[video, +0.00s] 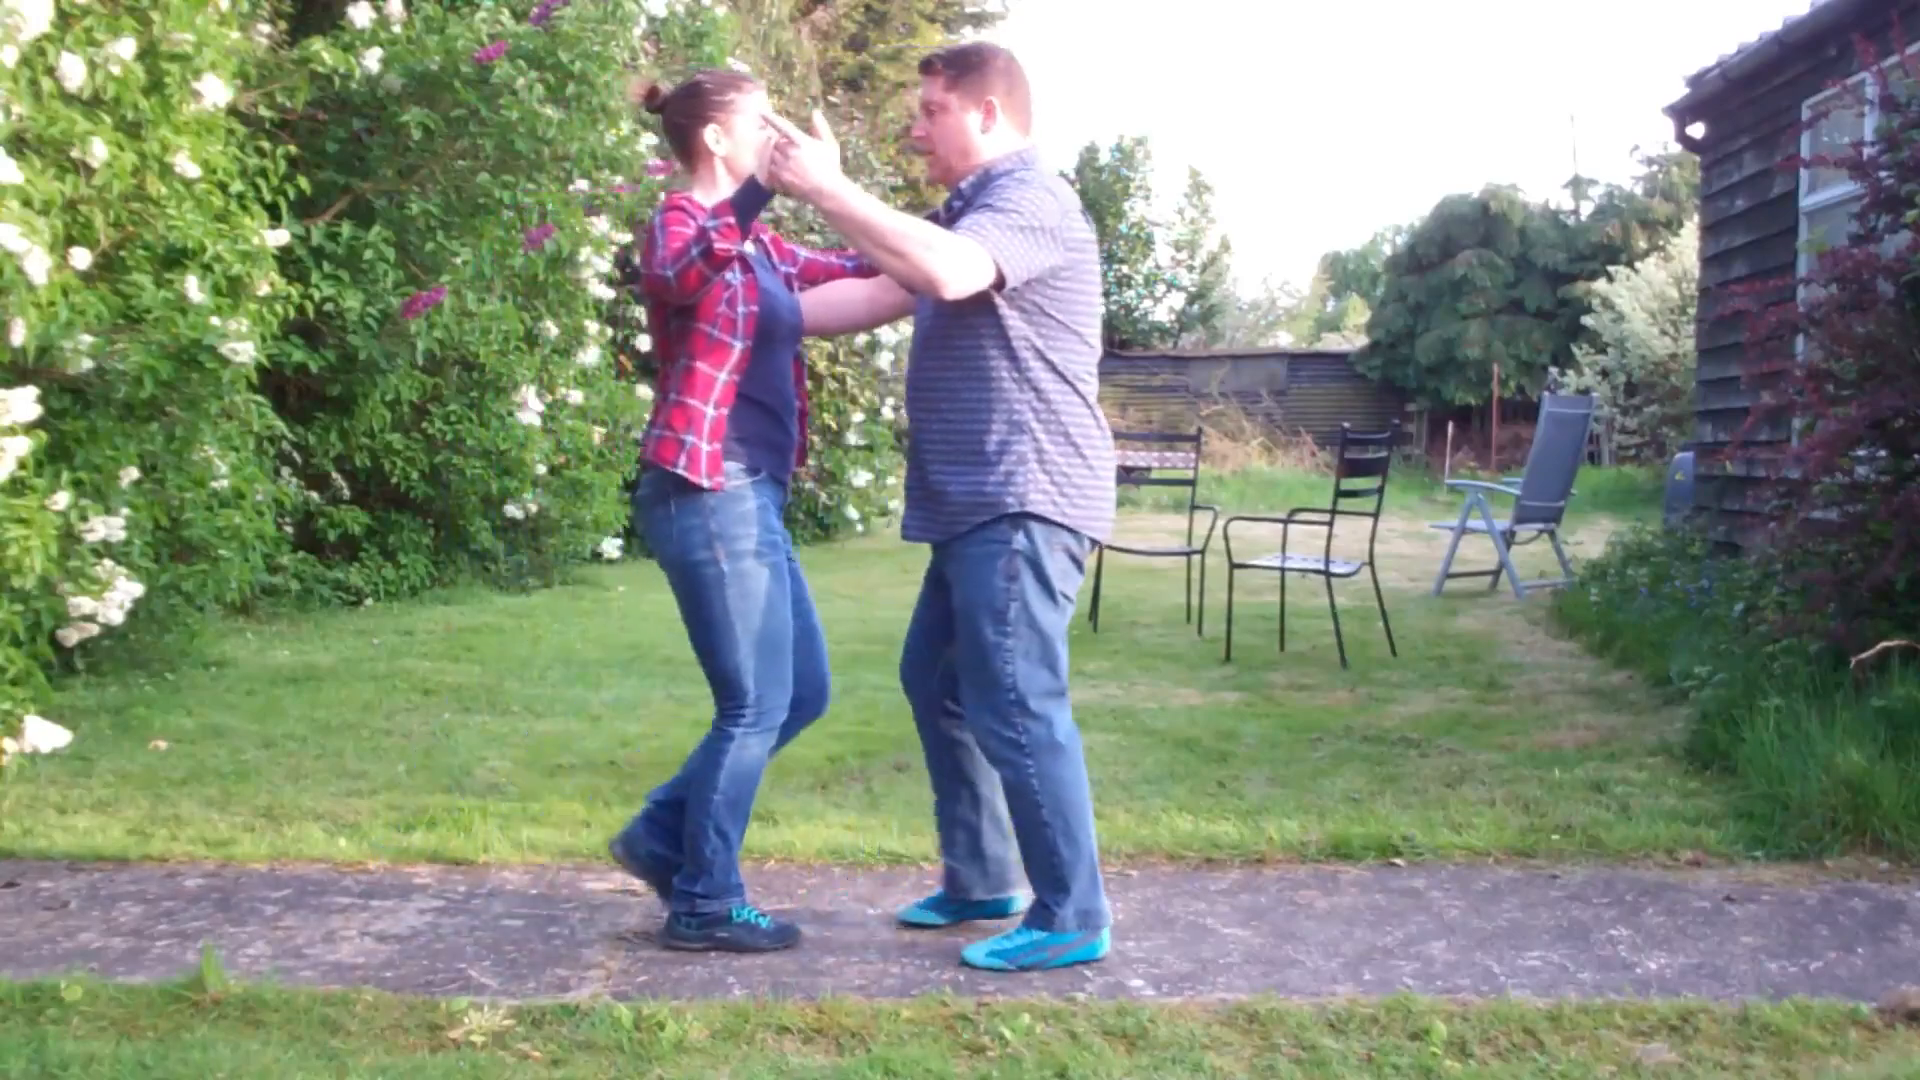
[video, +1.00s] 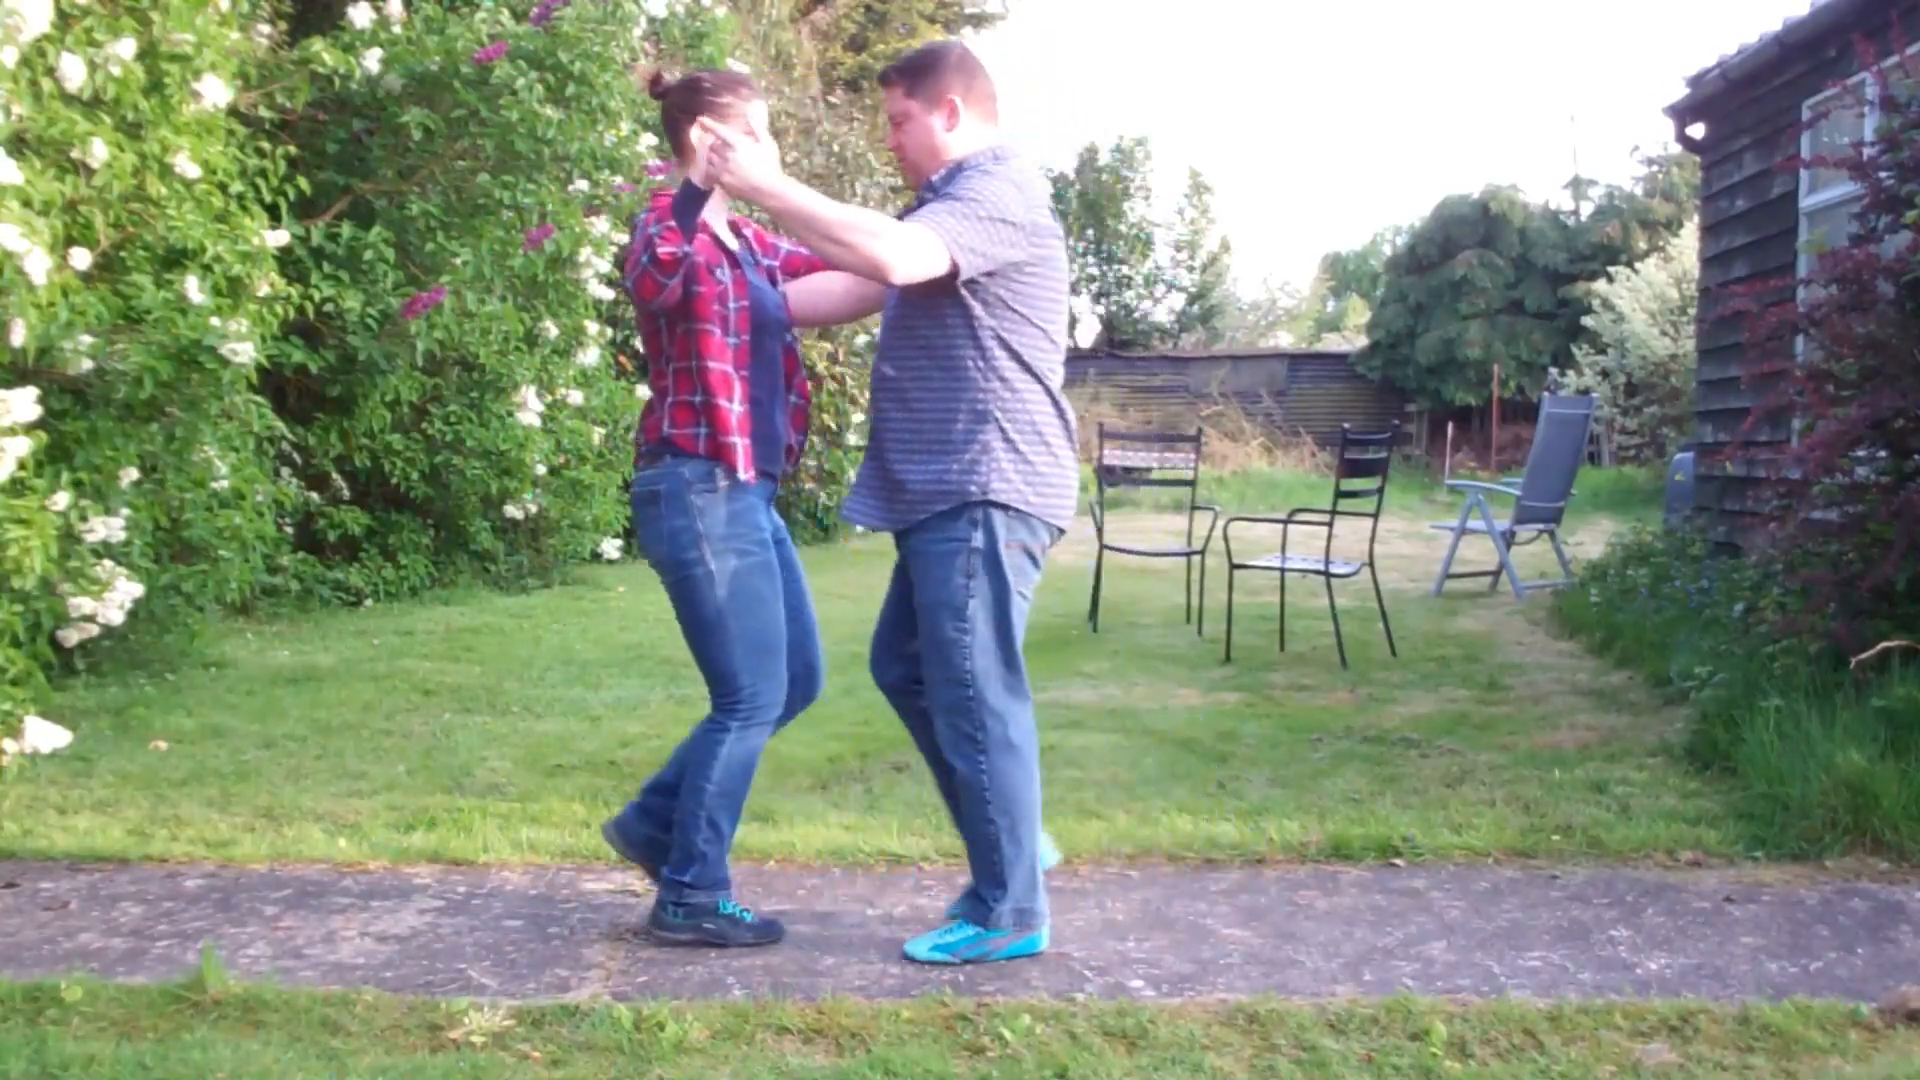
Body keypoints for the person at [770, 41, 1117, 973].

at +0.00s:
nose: (914, 128)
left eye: (928, 111)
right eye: (916, 113)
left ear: (985, 111)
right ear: (978, 114)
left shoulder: (1033, 198)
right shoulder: (969, 214)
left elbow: (948, 268)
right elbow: (870, 292)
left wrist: (827, 188)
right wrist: (739, 308)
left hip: (1029, 499)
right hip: (976, 504)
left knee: (1016, 704)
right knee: (934, 679)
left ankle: (1074, 917)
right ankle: (984, 883)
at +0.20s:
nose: (968, 123)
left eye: (982, 107)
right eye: (971, 107)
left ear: (1034, 109)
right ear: (1034, 111)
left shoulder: (1081, 197)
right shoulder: (1018, 212)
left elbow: (1005, 267)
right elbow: (916, 286)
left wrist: (881, 188)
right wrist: (782, 310)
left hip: (1065, 493)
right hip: (1017, 496)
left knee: (1044, 699)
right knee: (1031, 692)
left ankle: (1074, 919)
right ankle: (1167, 841)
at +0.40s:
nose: (1000, 127)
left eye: (1011, 107)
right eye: (1002, 108)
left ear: (1063, 106)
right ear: (1069, 108)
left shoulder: (1109, 196)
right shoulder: (1058, 208)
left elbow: (1031, 268)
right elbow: (947, 288)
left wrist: (910, 189)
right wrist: (816, 303)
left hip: (1093, 495)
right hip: (1101, 495)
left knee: (1045, 705)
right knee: (1136, 701)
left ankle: (1067, 918)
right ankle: (1230, 878)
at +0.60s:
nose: (997, 131)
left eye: (1007, 111)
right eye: (998, 113)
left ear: (1060, 108)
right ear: (1067, 110)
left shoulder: (1109, 200)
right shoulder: (1051, 212)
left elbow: (1028, 272)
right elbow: (948, 290)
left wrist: (907, 197)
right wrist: (822, 308)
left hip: (1089, 496)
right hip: (1100, 495)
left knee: (1020, 697)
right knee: (1140, 696)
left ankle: (1022, 911)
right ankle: (1234, 880)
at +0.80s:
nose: (955, 136)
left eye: (963, 116)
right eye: (953, 118)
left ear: (1018, 108)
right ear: (1022, 111)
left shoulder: (1063, 196)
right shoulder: (1010, 209)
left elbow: (981, 266)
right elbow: (903, 289)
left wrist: (856, 194)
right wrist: (778, 309)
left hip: (1036, 493)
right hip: (1034, 493)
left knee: (1002, 711)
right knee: (1071, 696)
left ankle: (1011, 915)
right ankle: (1195, 851)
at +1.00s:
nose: (891, 143)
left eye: (898, 122)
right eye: (888, 125)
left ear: (950, 109)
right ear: (954, 113)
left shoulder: (1001, 186)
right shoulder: (955, 202)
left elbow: (900, 254)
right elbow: (845, 289)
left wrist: (766, 183)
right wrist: (712, 305)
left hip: (986, 489)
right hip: (944, 493)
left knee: (977, 698)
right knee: (905, 667)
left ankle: (1012, 913)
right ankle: (1011, 844)